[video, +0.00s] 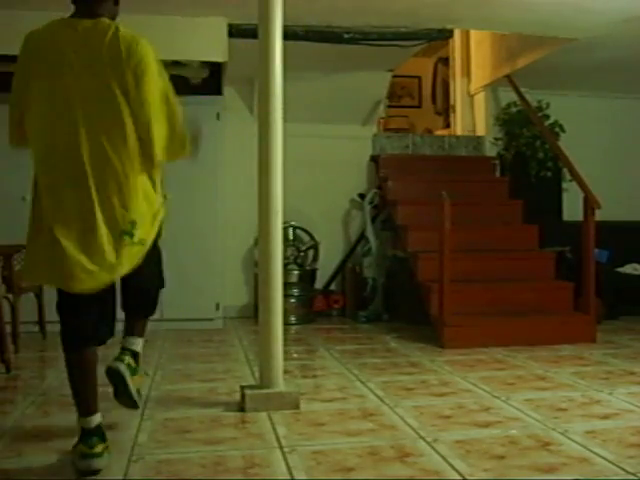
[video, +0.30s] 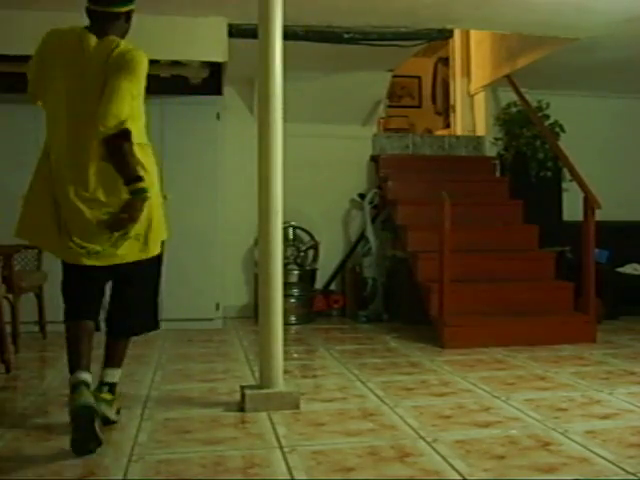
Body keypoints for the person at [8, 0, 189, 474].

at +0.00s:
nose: (117, 8)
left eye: (111, 4)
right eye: (117, 3)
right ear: (115, 2)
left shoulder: (37, 44)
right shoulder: (132, 49)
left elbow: (19, 131)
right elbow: (166, 139)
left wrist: (67, 122)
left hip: (63, 204)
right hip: (126, 199)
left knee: (78, 323)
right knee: (143, 276)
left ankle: (90, 435)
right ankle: (129, 353)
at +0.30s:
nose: (130, 22)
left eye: (126, 14)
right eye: (129, 15)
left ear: (88, 13)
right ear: (126, 17)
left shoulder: (55, 42)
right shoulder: (128, 55)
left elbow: (36, 90)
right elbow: (115, 129)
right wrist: (139, 188)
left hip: (71, 199)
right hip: (127, 203)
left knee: (80, 297)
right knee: (127, 300)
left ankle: (79, 383)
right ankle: (106, 390)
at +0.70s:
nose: (129, 40)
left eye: (119, 33)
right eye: (132, 33)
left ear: (99, 35)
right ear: (135, 33)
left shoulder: (76, 78)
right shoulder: (158, 76)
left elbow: (52, 135)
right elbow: (204, 130)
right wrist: (210, 97)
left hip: (92, 200)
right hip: (145, 200)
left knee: (119, 284)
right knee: (126, 295)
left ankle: (129, 357)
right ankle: (97, 391)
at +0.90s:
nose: (155, 64)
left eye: (146, 59)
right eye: (153, 59)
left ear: (119, 63)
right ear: (152, 59)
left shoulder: (100, 104)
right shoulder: (179, 93)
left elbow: (62, 152)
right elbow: (222, 85)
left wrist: (57, 120)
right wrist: (210, 41)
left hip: (116, 215)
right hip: (168, 212)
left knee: (136, 300)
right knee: (144, 303)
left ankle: (162, 375)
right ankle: (99, 387)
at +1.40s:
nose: (205, 70)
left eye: (195, 64)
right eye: (209, 63)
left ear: (180, 68)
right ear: (213, 65)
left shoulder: (166, 105)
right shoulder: (230, 94)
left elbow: (132, 146)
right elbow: (269, 64)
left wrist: (120, 110)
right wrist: (251, 20)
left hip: (179, 216)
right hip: (221, 212)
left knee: (214, 291)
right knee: (177, 292)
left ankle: (237, 366)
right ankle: (130, 368)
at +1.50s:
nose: (218, 68)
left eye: (206, 66)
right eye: (220, 62)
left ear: (193, 69)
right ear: (225, 64)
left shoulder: (181, 107)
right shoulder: (246, 90)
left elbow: (150, 147)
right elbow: (285, 57)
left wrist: (140, 111)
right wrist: (258, 15)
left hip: (192, 216)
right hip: (233, 212)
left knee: (212, 295)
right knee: (185, 288)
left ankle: (236, 366)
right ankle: (135, 359)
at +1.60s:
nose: (240, 63)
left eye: (234, 58)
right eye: (239, 58)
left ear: (206, 66)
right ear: (238, 62)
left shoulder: (184, 110)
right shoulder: (249, 87)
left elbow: (149, 141)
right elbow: (293, 56)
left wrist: (165, 100)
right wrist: (268, 16)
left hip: (201, 214)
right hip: (240, 210)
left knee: (220, 294)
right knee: (199, 286)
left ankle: (237, 365)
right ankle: (147, 350)